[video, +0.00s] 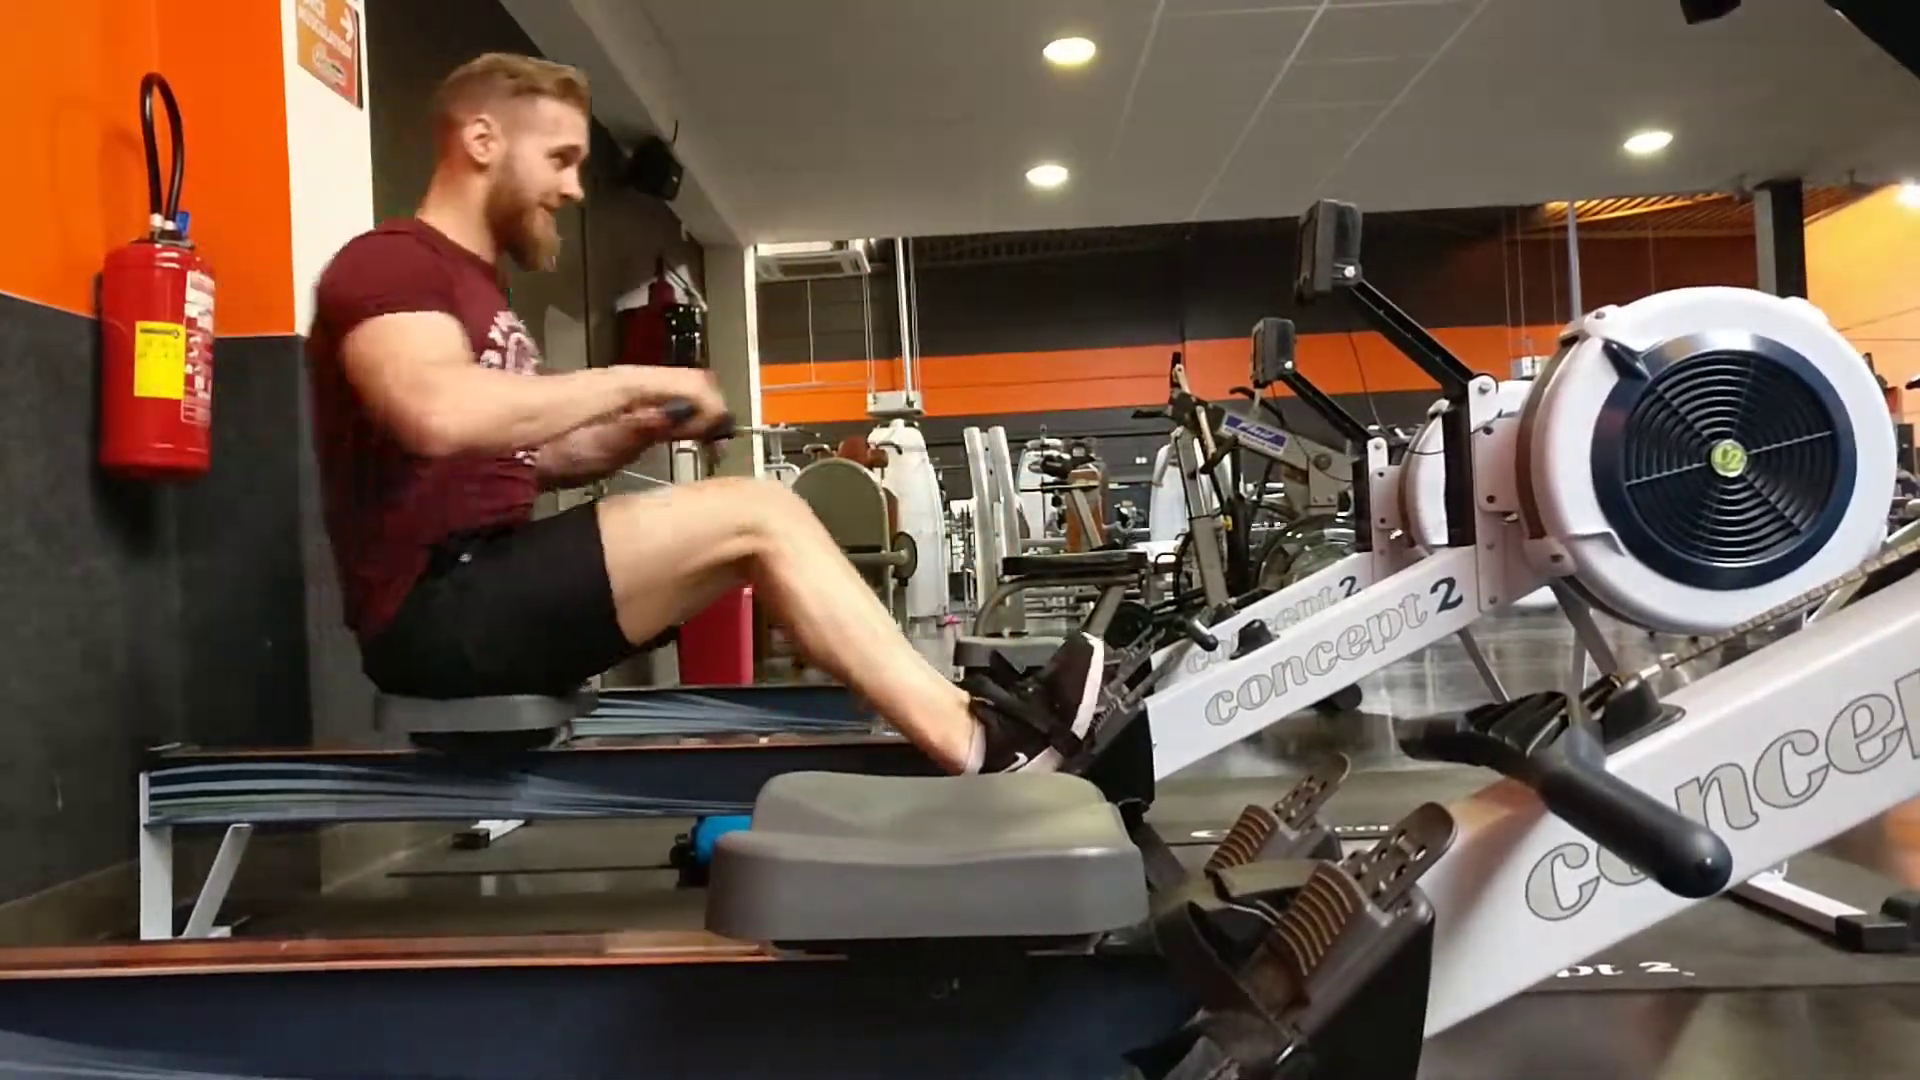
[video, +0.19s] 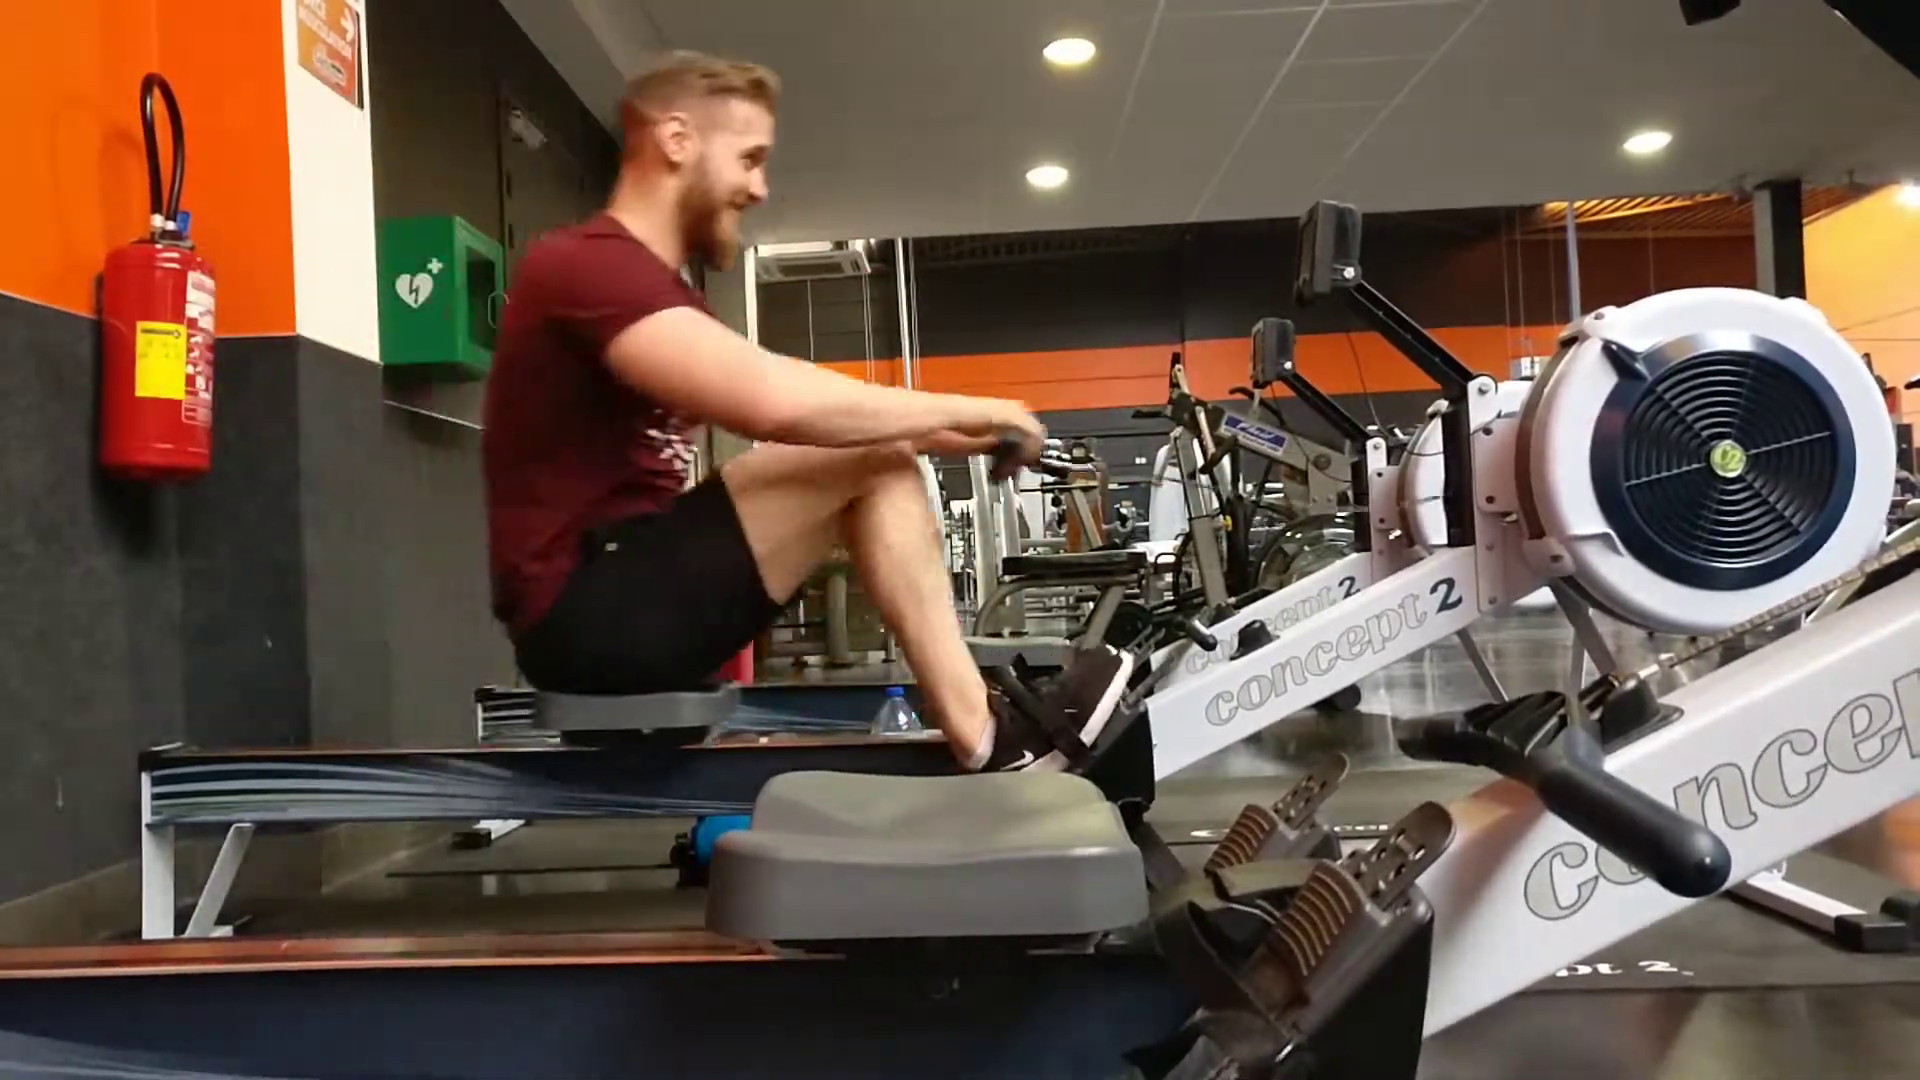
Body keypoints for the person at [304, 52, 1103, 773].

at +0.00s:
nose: (575, 190)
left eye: (580, 168)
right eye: (561, 160)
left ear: (483, 151)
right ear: (477, 140)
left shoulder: (484, 298)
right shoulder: (391, 263)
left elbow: (529, 461)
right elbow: (432, 416)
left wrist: (642, 424)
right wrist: (629, 381)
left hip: (485, 599)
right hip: (435, 613)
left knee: (768, 514)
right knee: (764, 512)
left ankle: (970, 732)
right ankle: (969, 746)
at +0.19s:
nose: (761, 189)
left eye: (763, 165)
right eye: (751, 158)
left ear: (678, 145)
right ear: (672, 139)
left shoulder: (649, 284)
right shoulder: (585, 266)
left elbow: (777, 398)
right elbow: (769, 401)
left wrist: (941, 424)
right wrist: (954, 414)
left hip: (621, 608)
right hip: (587, 619)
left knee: (878, 457)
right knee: (876, 461)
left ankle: (973, 718)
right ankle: (977, 735)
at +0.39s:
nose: (941, 184)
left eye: (944, 160)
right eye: (931, 154)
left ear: (861, 143)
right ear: (861, 139)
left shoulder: (814, 259)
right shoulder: (796, 256)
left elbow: (1004, 389)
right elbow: (1010, 400)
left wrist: (1184, 463)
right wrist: (1194, 466)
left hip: (742, 606)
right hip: (728, 615)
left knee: (976, 413)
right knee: (971, 418)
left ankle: (984, 702)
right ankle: (980, 715)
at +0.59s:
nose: (953, 172)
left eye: (951, 146)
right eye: (940, 141)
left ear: (871, 140)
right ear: (869, 134)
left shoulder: (833, 257)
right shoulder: (829, 255)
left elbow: (1038, 409)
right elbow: (1058, 395)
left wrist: (1199, 467)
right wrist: (1235, 460)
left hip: (766, 600)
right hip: (758, 608)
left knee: (1003, 419)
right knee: (991, 411)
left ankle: (992, 694)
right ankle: (982, 712)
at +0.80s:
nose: (723, 140)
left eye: (717, 115)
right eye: (702, 111)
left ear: (631, 118)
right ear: (624, 113)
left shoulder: (632, 249)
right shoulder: (588, 241)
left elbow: (763, 386)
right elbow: (761, 393)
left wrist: (952, 416)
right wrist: (958, 413)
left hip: (631, 590)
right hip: (604, 600)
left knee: (885, 443)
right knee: (885, 449)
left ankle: (988, 714)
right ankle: (990, 734)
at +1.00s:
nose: (452, 166)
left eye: (453, 145)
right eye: (433, 137)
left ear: (371, 140)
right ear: (346, 130)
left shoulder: (404, 283)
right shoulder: (301, 268)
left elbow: (519, 435)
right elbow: (424, 431)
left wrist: (652, 417)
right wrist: (639, 417)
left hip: (477, 583)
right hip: (425, 604)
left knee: (750, 525)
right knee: (746, 529)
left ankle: (982, 733)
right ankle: (984, 746)